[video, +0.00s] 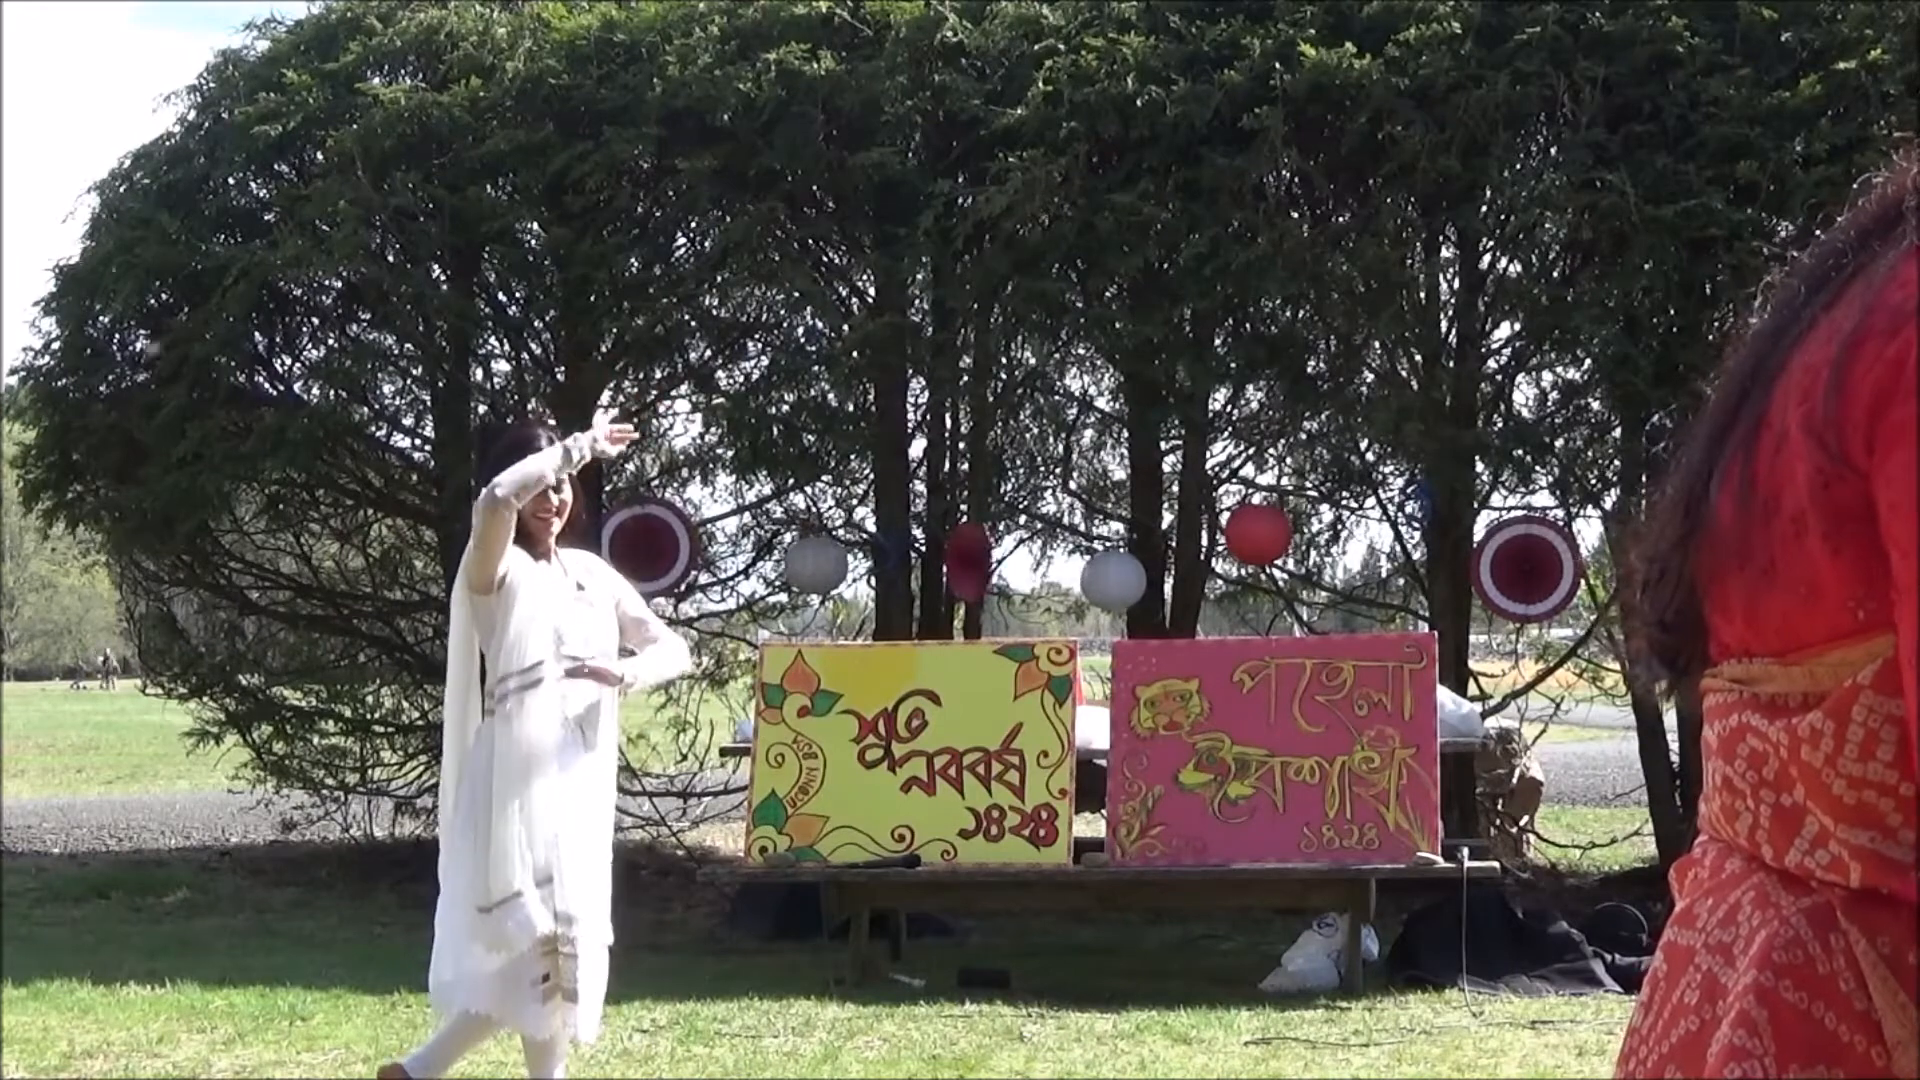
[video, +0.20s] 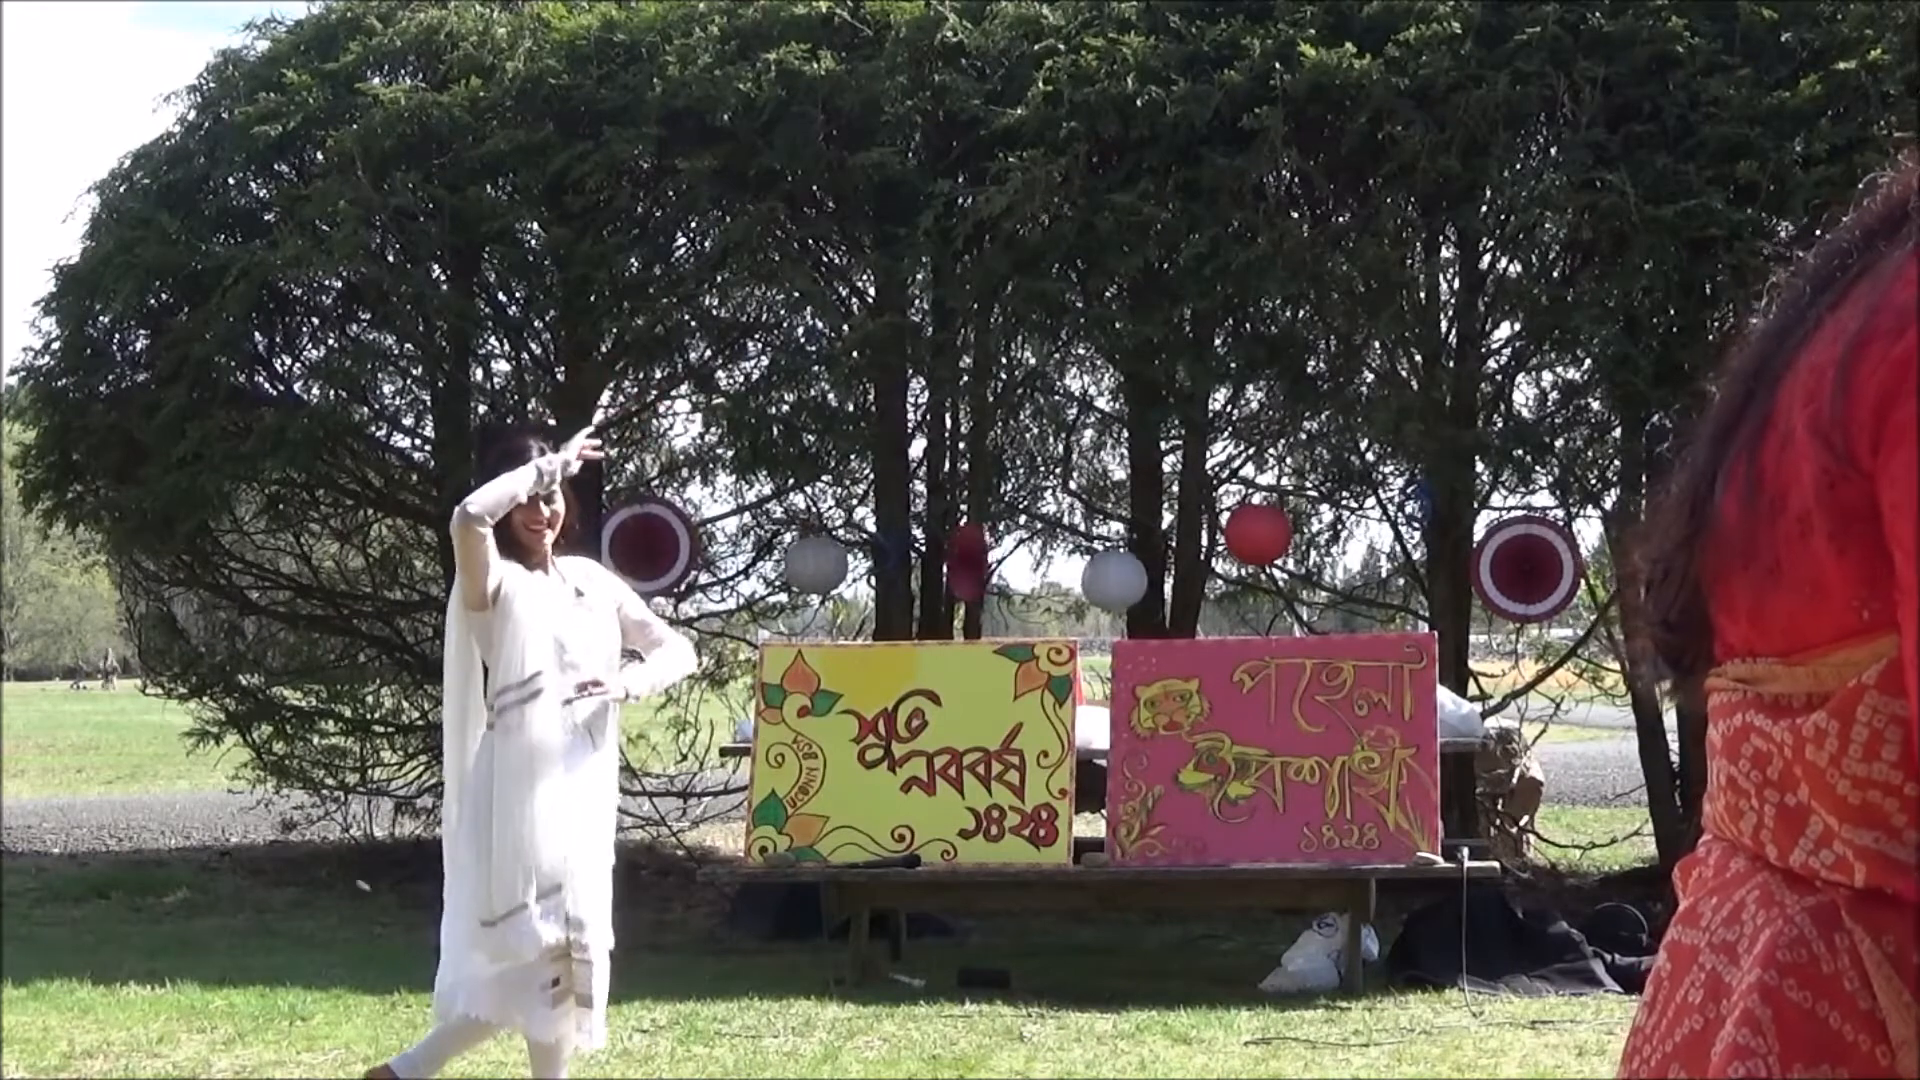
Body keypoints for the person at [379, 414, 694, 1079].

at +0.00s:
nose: (550, 499)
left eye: (560, 486)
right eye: (536, 488)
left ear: (575, 495)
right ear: (509, 498)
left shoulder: (591, 572)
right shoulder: (493, 573)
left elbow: (673, 649)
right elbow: (498, 496)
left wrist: (629, 672)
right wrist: (585, 443)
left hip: (582, 779)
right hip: (515, 776)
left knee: (549, 953)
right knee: (543, 946)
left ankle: (416, 1069)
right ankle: (548, 1070)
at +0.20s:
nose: (543, 509)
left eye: (552, 494)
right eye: (528, 496)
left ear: (566, 502)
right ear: (502, 508)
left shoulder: (591, 579)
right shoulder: (490, 583)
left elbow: (677, 650)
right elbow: (469, 517)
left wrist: (625, 682)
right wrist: (552, 464)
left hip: (583, 784)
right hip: (516, 783)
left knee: (551, 959)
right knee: (541, 954)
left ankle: (403, 1070)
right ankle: (550, 1072)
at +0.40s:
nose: (534, 516)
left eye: (544, 502)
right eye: (518, 505)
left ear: (560, 510)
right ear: (497, 516)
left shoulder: (589, 583)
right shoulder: (488, 589)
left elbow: (685, 653)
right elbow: (462, 516)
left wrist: (631, 673)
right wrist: (538, 467)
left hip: (587, 786)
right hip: (515, 786)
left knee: (579, 949)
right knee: (542, 954)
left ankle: (421, 947)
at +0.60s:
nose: (524, 515)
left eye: (536, 499)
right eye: (509, 504)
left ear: (556, 503)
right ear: (490, 516)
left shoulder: (589, 580)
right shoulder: (482, 586)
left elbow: (680, 653)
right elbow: (459, 504)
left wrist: (627, 683)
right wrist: (542, 459)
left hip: (587, 779)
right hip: (510, 780)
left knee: (584, 941)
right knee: (541, 941)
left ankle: (422, 974)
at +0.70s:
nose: (522, 513)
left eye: (533, 497)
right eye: (508, 503)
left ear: (553, 500)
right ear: (489, 516)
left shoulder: (588, 576)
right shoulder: (481, 582)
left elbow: (677, 654)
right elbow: (458, 503)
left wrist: (625, 686)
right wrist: (541, 458)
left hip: (581, 791)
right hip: (508, 790)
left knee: (563, 966)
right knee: (540, 965)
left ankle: (425, 1072)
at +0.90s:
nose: (521, 501)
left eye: (532, 486)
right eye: (506, 489)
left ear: (554, 489)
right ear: (488, 500)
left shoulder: (588, 563)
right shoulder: (479, 568)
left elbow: (673, 645)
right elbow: (459, 486)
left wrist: (620, 686)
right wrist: (549, 446)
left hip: (579, 776)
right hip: (505, 774)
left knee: (524, 946)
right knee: (542, 941)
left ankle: (414, 1069)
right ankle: (546, 1072)